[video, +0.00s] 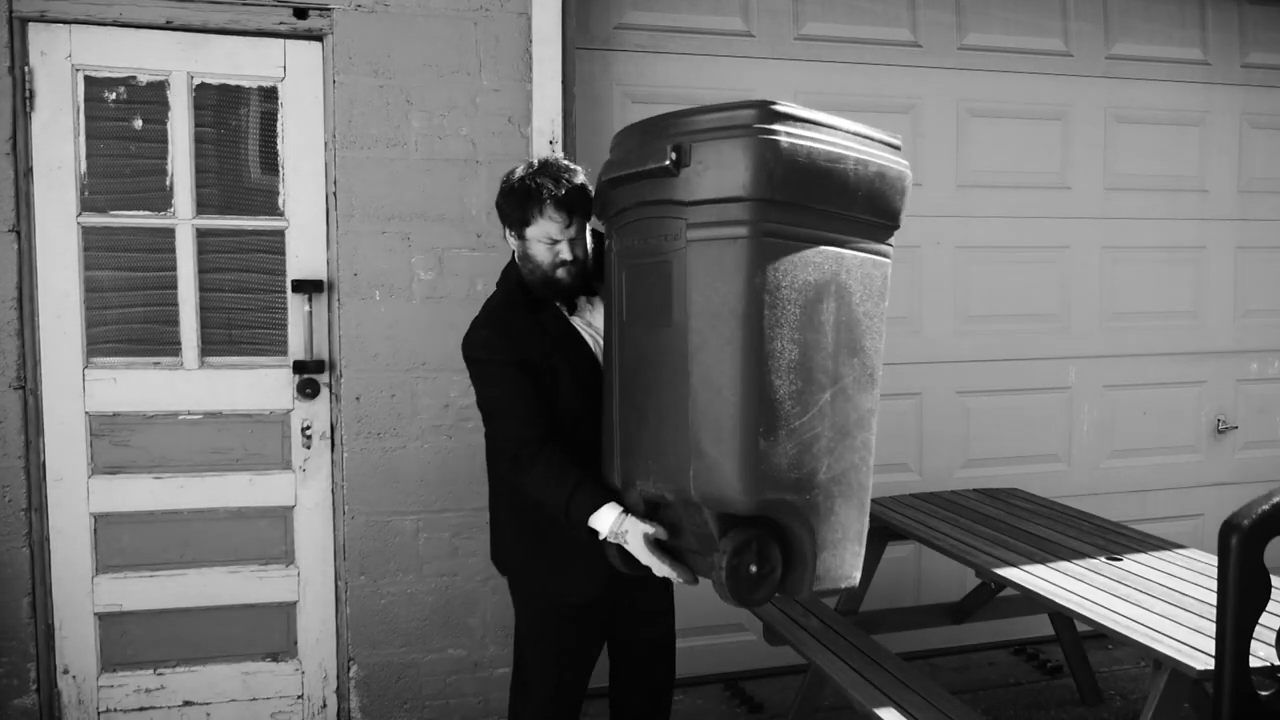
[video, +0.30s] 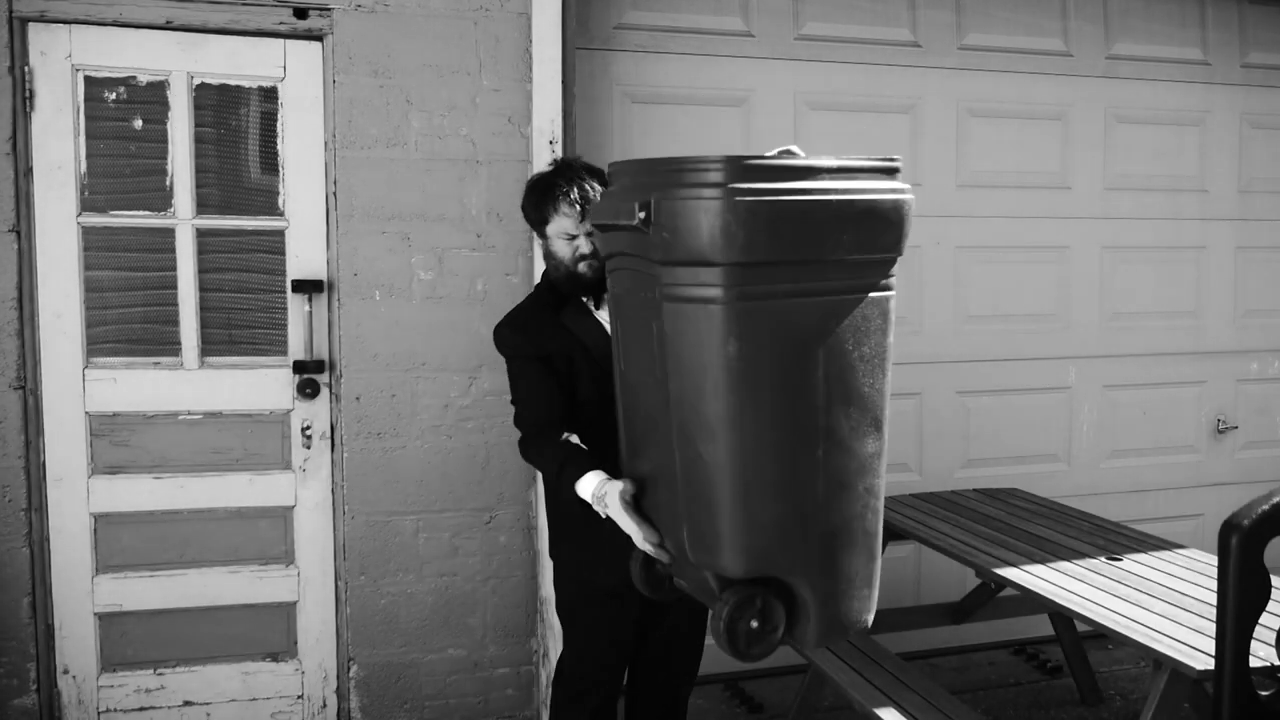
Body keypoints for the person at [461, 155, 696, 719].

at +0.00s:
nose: (568, 253)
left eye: (576, 236)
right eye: (551, 242)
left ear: (593, 226)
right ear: (515, 239)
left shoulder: (620, 287)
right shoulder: (496, 336)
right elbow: (528, 455)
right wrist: (615, 521)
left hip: (645, 542)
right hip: (558, 555)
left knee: (648, 700)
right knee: (546, 705)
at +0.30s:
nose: (587, 248)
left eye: (596, 232)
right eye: (570, 238)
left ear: (616, 224)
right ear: (542, 240)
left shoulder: (652, 293)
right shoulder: (530, 327)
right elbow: (539, 437)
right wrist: (598, 485)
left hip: (678, 524)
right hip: (594, 535)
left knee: (666, 685)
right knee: (591, 682)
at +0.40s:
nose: (589, 245)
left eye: (598, 227)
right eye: (572, 236)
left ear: (620, 219)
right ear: (545, 241)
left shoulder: (662, 292)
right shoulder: (535, 327)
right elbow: (538, 431)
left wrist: (762, 187)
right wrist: (589, 478)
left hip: (687, 526)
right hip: (600, 532)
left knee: (671, 683)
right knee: (593, 679)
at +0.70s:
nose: (585, 249)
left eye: (595, 231)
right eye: (567, 240)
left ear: (615, 221)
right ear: (545, 245)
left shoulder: (661, 256)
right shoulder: (530, 326)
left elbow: (725, 250)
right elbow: (506, 424)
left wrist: (741, 204)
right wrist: (522, 429)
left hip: (691, 498)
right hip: (592, 514)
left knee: (678, 669)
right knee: (585, 674)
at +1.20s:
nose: (572, 253)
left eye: (583, 235)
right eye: (553, 240)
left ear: (602, 220)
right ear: (523, 238)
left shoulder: (646, 263)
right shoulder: (493, 318)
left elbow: (716, 270)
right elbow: (424, 394)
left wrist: (760, 263)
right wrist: (451, 411)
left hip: (663, 527)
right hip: (553, 544)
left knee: (668, 684)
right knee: (577, 698)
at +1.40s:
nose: (584, 254)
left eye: (594, 236)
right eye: (564, 242)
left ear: (613, 219)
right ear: (531, 236)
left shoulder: (657, 271)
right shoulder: (494, 316)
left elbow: (754, 306)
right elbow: (422, 399)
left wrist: (780, 329)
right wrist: (467, 433)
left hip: (665, 534)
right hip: (557, 550)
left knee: (672, 691)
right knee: (566, 703)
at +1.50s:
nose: (592, 258)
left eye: (605, 239)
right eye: (572, 244)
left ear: (627, 225)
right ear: (543, 238)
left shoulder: (670, 278)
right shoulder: (503, 316)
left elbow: (768, 335)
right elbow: (436, 405)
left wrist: (793, 377)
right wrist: (476, 457)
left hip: (668, 534)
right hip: (557, 545)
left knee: (675, 693)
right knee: (570, 700)